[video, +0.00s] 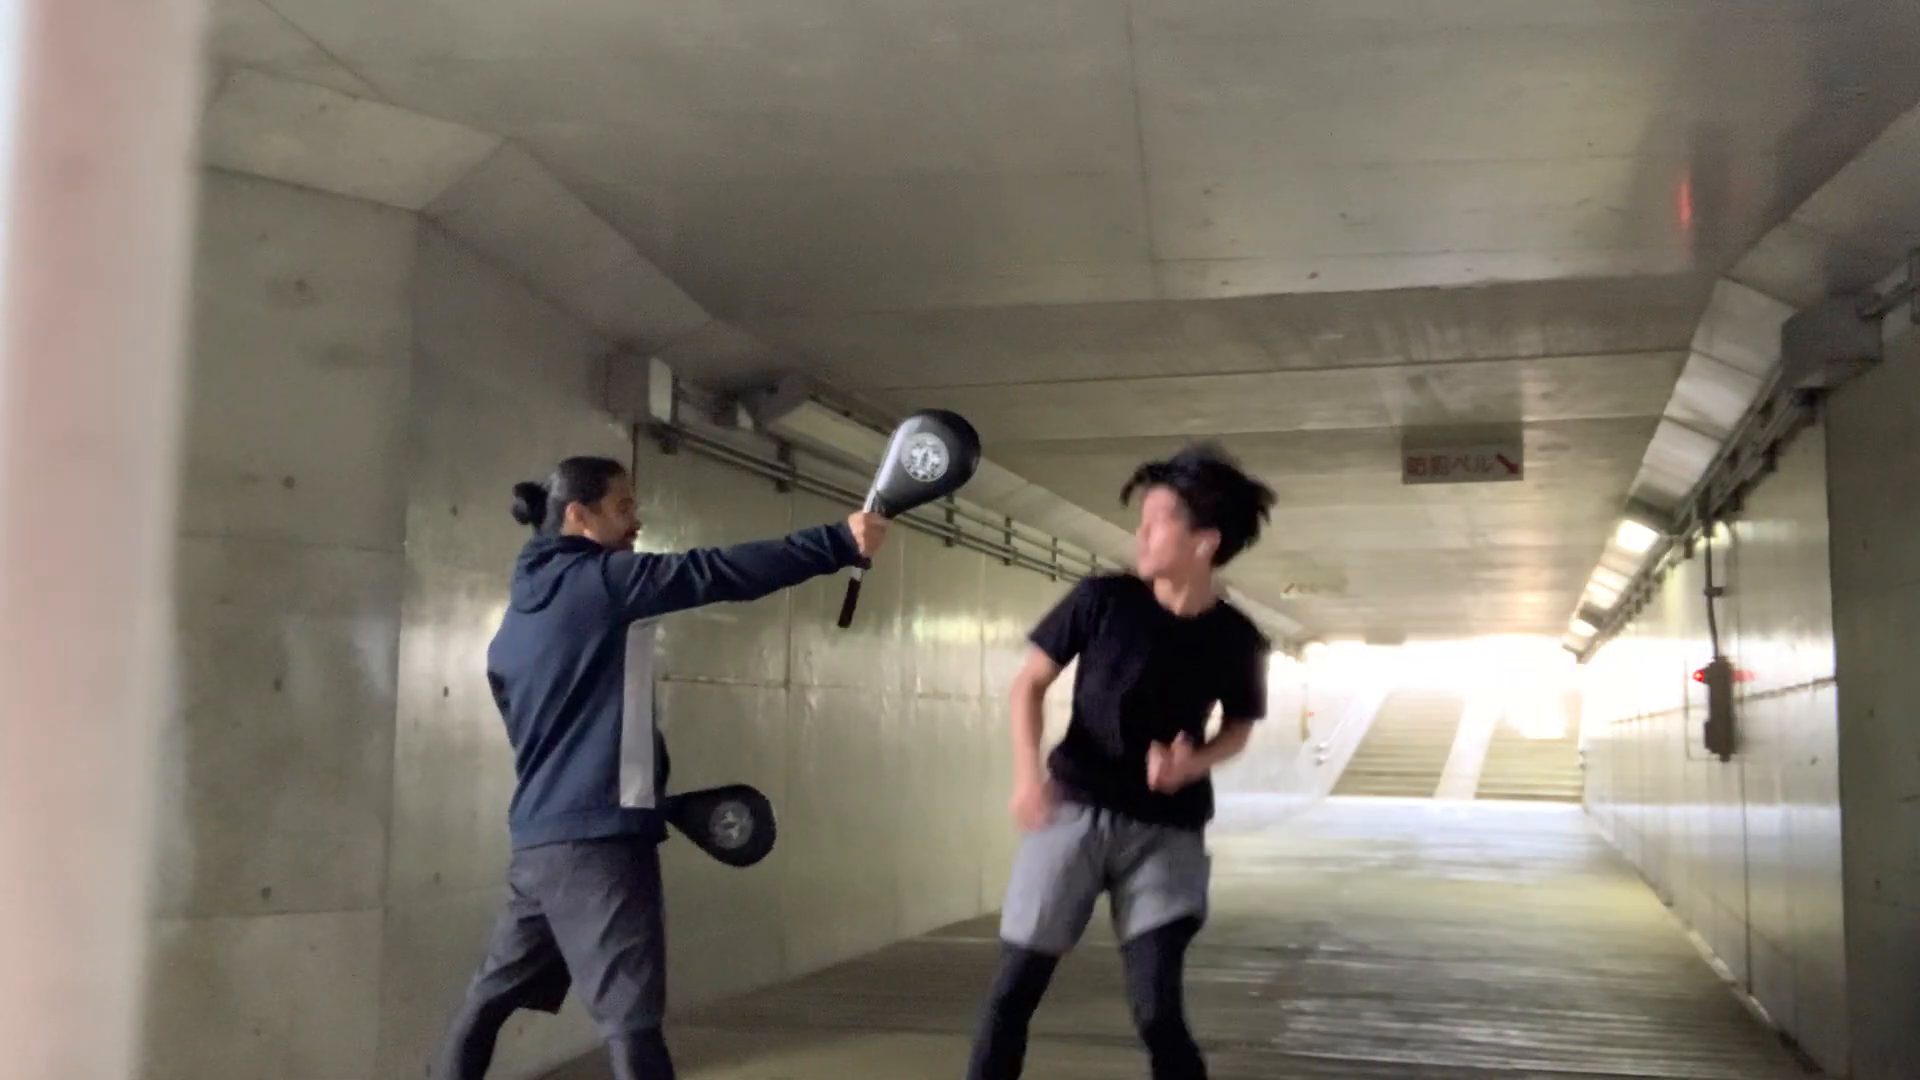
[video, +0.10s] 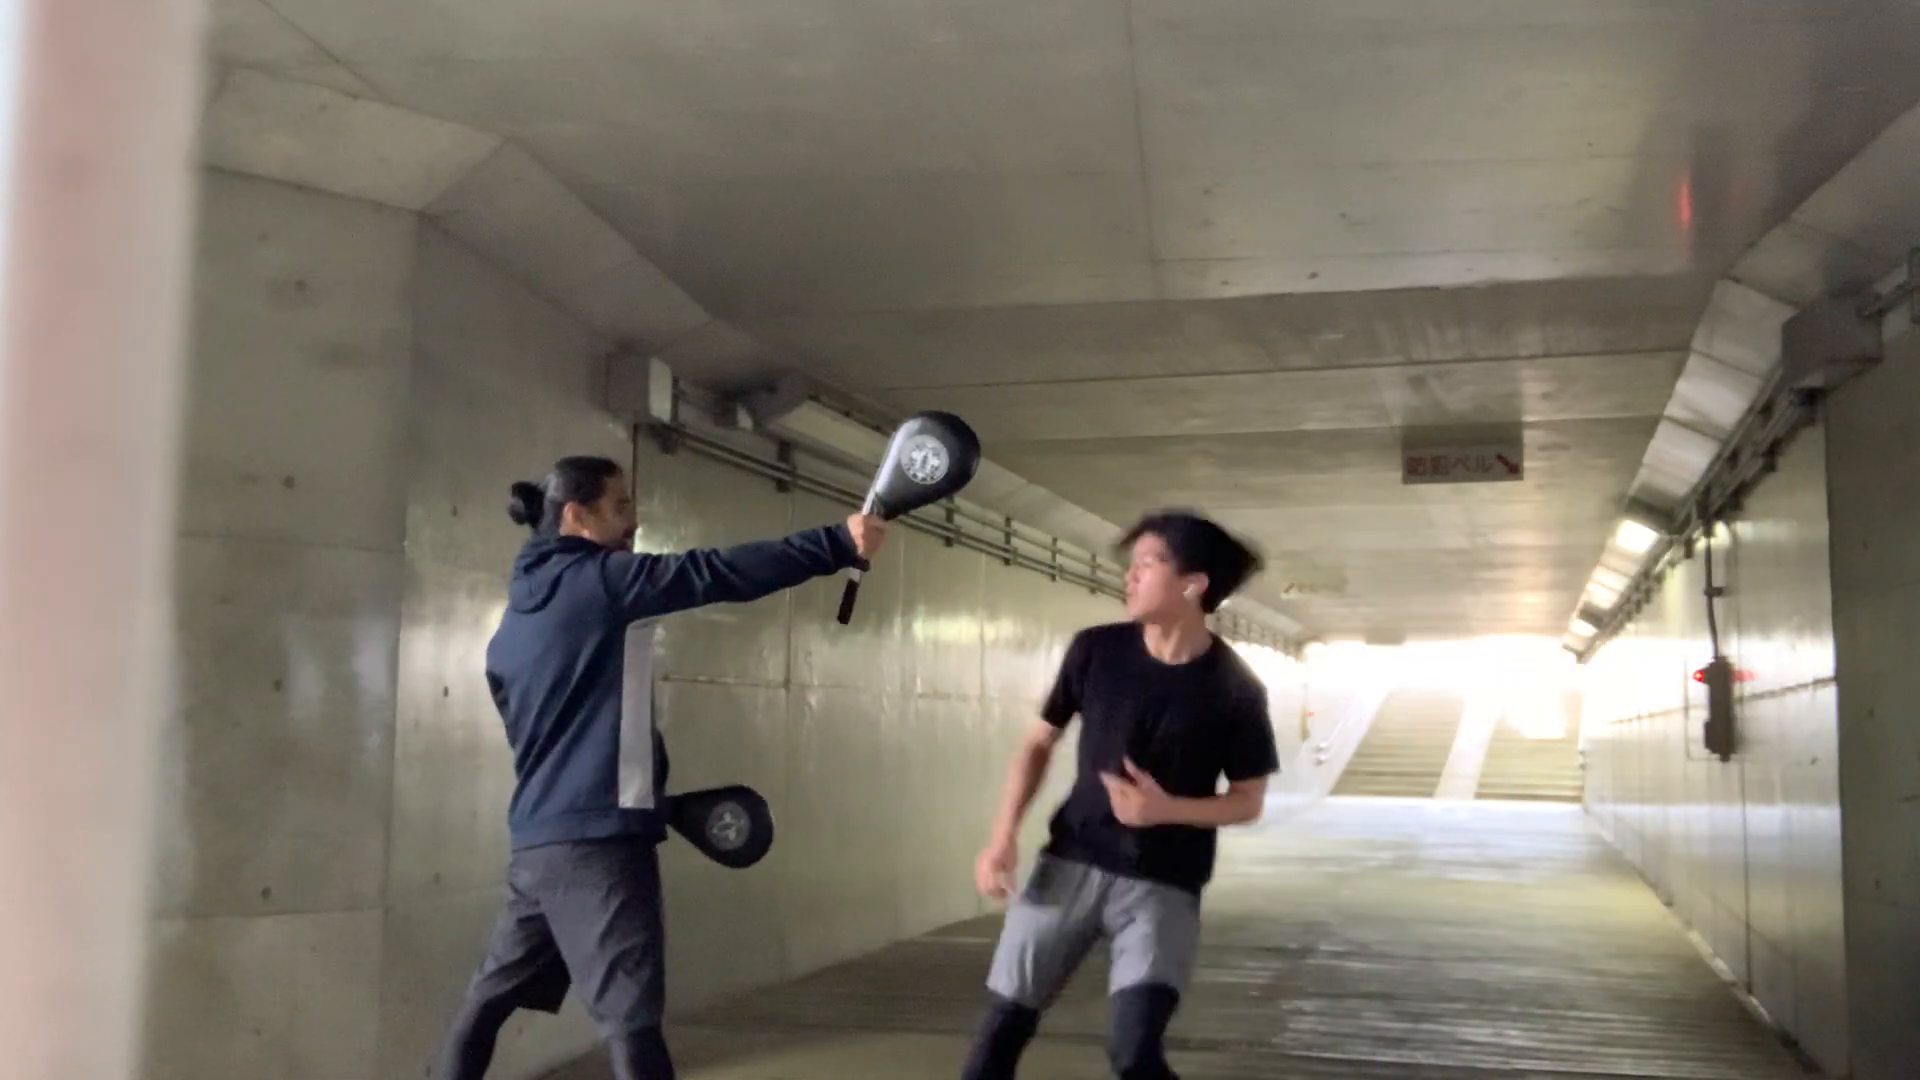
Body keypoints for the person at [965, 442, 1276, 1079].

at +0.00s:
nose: (1140, 537)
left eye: (1155, 524)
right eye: (1142, 522)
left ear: (1208, 542)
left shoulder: (1237, 639)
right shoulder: (1101, 600)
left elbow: (1238, 729)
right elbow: (1028, 682)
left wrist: (1198, 761)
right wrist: (1029, 776)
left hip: (1166, 835)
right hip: (1070, 816)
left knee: (1158, 1017)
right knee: (1010, 999)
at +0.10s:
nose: (1129, 576)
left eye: (1147, 564)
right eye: (1132, 563)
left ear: (1194, 585)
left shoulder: (1236, 689)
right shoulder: (1096, 649)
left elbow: (1248, 803)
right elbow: (1038, 743)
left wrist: (1166, 808)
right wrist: (1004, 835)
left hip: (1163, 887)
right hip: (1070, 867)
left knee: (1133, 1054)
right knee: (997, 1037)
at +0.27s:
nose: (1160, 559)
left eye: (1173, 545)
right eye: (1164, 544)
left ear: (1218, 563)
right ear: (1215, 565)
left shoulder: (1228, 646)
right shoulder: (1224, 640)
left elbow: (1231, 776)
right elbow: (1213, 762)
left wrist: (1139, 755)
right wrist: (1145, 812)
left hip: (1214, 873)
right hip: (1188, 858)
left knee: (1138, 1025)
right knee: (1102, 996)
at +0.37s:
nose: (1209, 565)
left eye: (1221, 552)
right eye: (1214, 551)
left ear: (1259, 573)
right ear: (1264, 575)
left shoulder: (1226, 653)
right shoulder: (1323, 662)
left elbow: (1187, 775)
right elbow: (1335, 775)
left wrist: (1137, 806)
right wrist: (1257, 768)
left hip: (1243, 876)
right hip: (1305, 877)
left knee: (1174, 1023)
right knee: (1212, 1017)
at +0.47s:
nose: (1264, 569)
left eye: (1275, 557)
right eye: (1269, 556)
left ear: (1309, 572)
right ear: (1330, 578)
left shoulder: (1266, 649)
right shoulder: (1380, 662)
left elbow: (1228, 754)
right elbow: (1415, 783)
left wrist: (1180, 837)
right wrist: (1351, 803)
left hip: (1290, 878)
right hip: (1373, 875)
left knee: (1191, 1019)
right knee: (1373, 991)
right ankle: (1432, 1069)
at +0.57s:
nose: (1331, 551)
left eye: (1342, 538)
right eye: (1336, 537)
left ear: (1377, 552)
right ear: (1402, 558)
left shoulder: (1333, 630)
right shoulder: (1444, 640)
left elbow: (1315, 725)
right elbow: (1497, 766)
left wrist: (1261, 807)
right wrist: (1436, 804)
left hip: (1354, 867)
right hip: (1440, 861)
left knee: (1254, 1006)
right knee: (1531, 988)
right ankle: (1613, 1069)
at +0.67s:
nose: (1403, 562)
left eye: (1414, 547)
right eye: (1406, 546)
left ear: (1455, 568)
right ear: (1471, 572)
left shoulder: (1407, 644)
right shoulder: (1528, 651)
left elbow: (1378, 745)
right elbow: (1569, 776)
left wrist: (1318, 830)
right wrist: (1517, 817)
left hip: (1442, 876)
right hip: (1533, 874)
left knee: (1340, 1015)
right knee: (1627, 1029)